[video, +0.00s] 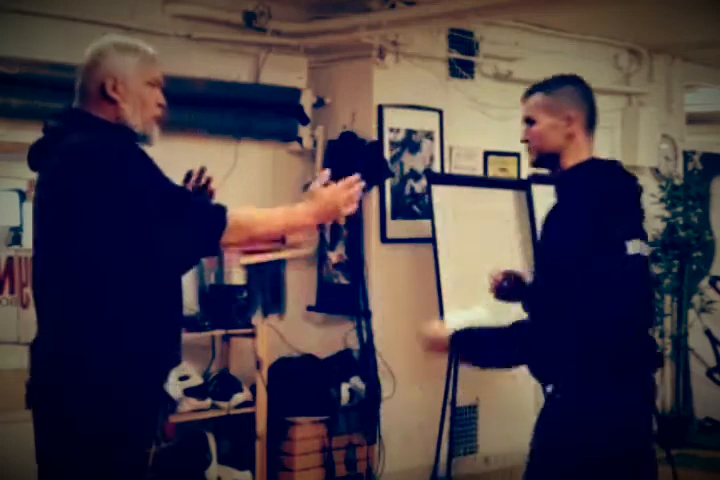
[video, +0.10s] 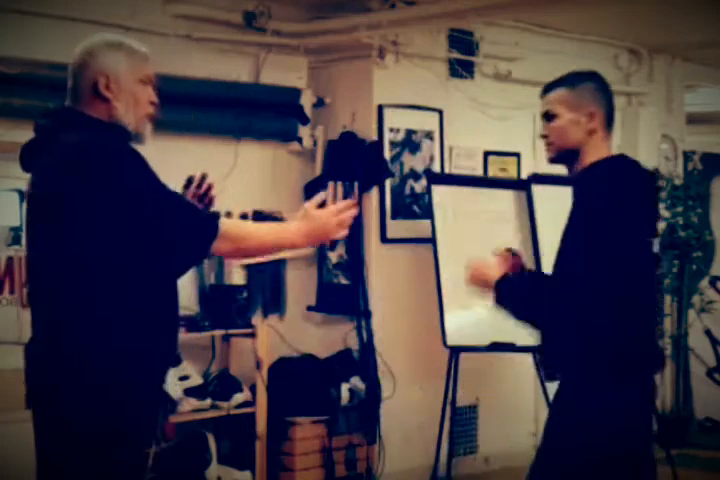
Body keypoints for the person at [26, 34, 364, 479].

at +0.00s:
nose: (163, 102)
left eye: (161, 88)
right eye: (154, 85)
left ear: (113, 91)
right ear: (114, 89)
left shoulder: (71, 154)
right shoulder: (105, 156)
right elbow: (210, 231)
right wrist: (315, 209)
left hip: (74, 384)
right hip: (108, 391)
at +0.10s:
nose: (155, 100)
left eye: (153, 86)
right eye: (146, 83)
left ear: (105, 89)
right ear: (107, 87)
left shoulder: (60, 155)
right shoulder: (103, 157)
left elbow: (123, 255)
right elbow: (211, 238)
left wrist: (182, 218)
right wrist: (305, 232)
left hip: (66, 379)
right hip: (109, 384)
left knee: (69, 470)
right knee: (113, 470)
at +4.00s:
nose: (167, 108)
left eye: (166, 95)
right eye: (160, 92)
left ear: (120, 91)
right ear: (121, 91)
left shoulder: (65, 158)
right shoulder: (116, 160)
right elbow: (208, 249)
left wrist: (293, 246)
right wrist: (303, 249)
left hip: (71, 382)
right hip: (115, 390)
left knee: (74, 471)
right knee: (118, 471)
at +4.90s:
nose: (197, 136)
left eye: (202, 124)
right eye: (196, 120)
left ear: (157, 102)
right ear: (163, 104)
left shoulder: (79, 159)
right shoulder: (157, 164)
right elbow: (223, 245)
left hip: (75, 364)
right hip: (132, 371)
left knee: (78, 468)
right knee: (132, 469)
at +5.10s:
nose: (204, 144)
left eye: (209, 132)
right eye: (204, 127)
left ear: (167, 104)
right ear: (172, 107)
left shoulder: (80, 163)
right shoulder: (163, 170)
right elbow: (236, 290)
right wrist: (299, 348)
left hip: (71, 368)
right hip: (133, 377)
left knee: (75, 470)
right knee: (131, 470)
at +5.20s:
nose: (203, 141)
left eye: (208, 130)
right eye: (203, 125)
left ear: (165, 104)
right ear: (171, 106)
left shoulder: (84, 159)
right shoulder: (159, 166)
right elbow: (229, 282)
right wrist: (298, 343)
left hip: (74, 365)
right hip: (133, 375)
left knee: (77, 469)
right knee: (130, 469)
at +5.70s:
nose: (189, 109)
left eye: (188, 96)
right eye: (183, 93)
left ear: (139, 91)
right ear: (145, 92)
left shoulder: (80, 161)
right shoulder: (135, 165)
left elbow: (107, 288)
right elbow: (220, 271)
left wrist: (166, 366)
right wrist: (289, 252)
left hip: (77, 380)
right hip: (120, 392)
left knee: (82, 471)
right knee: (125, 472)